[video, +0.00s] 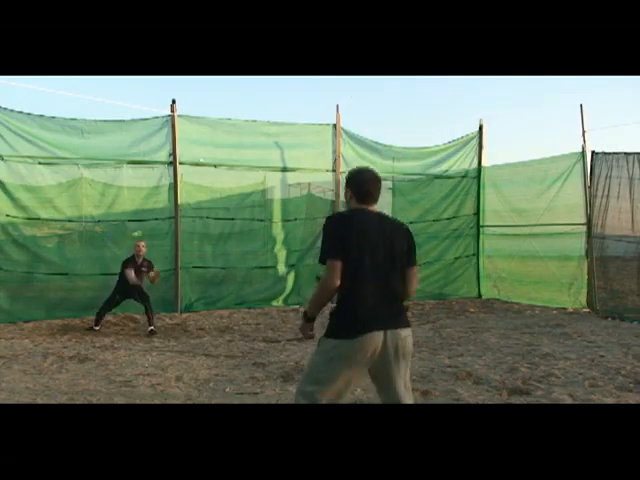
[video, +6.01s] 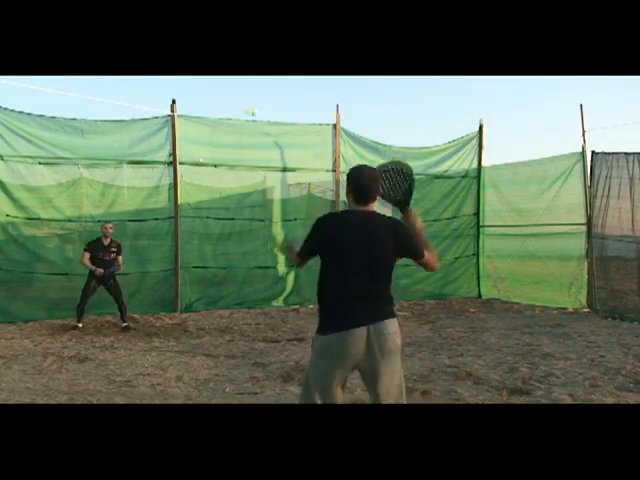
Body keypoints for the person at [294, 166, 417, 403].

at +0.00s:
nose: (344, 194)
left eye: (345, 190)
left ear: (349, 193)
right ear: (378, 195)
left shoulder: (338, 222)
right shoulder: (401, 229)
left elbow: (333, 281)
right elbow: (410, 288)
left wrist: (309, 315)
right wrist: (383, 300)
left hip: (352, 333)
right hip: (398, 333)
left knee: (309, 397)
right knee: (401, 398)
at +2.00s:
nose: (220, 215)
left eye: (220, 210)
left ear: (223, 213)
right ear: (253, 205)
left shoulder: (231, 251)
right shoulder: (284, 223)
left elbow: (222, 319)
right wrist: (231, 250)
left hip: (294, 340)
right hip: (340, 323)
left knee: (263, 398)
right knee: (361, 398)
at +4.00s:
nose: (262, 208)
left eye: (262, 203)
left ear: (265, 205)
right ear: (293, 203)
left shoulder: (265, 232)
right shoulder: (312, 223)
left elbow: (266, 293)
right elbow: (320, 275)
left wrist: (246, 342)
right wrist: (278, 308)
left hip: (323, 331)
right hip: (363, 312)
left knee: (309, 399)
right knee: (393, 390)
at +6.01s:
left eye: (349, 187)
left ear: (348, 192)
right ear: (378, 194)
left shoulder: (328, 224)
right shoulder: (392, 227)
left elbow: (299, 259)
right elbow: (431, 263)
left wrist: (290, 251)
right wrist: (416, 229)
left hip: (337, 333)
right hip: (384, 331)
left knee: (320, 398)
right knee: (390, 398)